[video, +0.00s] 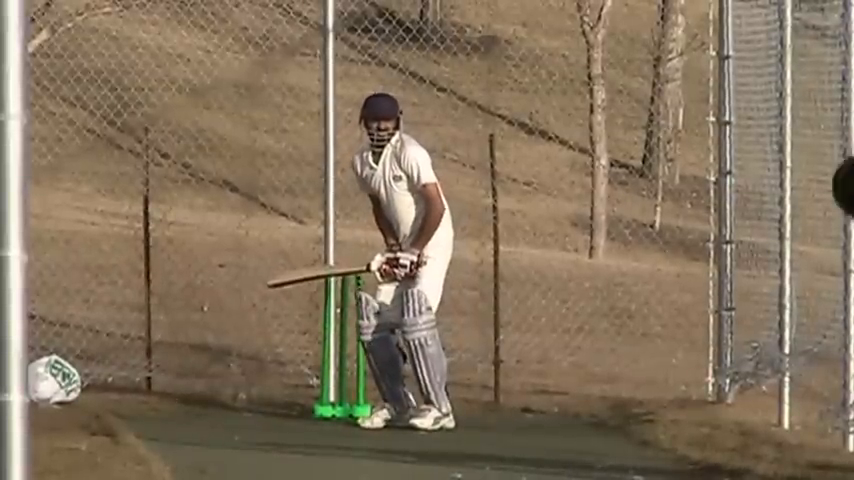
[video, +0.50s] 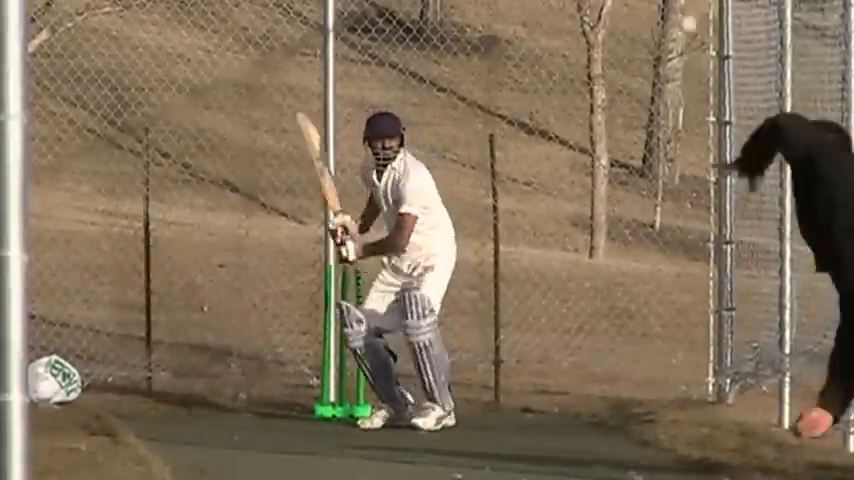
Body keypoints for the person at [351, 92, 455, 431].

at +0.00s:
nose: (379, 131)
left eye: (387, 125)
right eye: (373, 124)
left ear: (398, 124)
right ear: (364, 125)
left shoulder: (409, 153)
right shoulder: (361, 162)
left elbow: (436, 205)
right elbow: (378, 206)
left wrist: (415, 250)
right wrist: (392, 248)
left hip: (430, 242)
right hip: (399, 245)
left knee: (416, 318)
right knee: (373, 320)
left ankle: (438, 406)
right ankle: (397, 403)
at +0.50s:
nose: (383, 148)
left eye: (390, 141)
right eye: (375, 142)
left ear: (401, 142)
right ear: (367, 144)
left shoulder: (411, 177)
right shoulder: (371, 169)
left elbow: (398, 241)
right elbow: (376, 202)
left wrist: (360, 249)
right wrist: (358, 228)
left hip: (431, 259)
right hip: (397, 261)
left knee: (418, 325)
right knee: (361, 330)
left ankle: (442, 406)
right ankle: (395, 404)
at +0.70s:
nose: (410, 149)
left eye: (416, 142)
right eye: (402, 144)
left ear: (425, 142)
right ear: (392, 146)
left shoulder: (443, 168)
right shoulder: (384, 182)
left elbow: (434, 221)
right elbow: (390, 237)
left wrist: (391, 254)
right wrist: (372, 258)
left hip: (439, 271)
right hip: (397, 271)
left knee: (449, 324)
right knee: (360, 331)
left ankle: (445, 407)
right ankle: (381, 394)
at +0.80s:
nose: (416, 148)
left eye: (422, 141)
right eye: (408, 142)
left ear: (431, 138)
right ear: (396, 142)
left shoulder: (441, 147)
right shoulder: (402, 178)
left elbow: (463, 176)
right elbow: (431, 225)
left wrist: (480, 218)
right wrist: (467, 241)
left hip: (448, 256)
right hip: (409, 259)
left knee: (461, 322)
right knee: (390, 329)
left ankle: (450, 401)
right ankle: (362, 394)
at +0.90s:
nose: (428, 150)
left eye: (434, 142)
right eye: (420, 144)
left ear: (439, 139)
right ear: (404, 143)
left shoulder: (442, 147)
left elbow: (483, 180)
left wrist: (526, 205)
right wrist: (533, 199)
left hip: (444, 252)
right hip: (413, 258)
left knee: (462, 324)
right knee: (404, 345)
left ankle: (450, 406)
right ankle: (365, 392)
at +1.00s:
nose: (456, 139)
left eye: (456, 133)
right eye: (451, 134)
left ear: (435, 133)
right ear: (434, 135)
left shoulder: (435, 152)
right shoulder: (429, 165)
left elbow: (478, 153)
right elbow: (485, 166)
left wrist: (521, 140)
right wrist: (524, 139)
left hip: (450, 251)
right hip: (423, 255)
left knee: (470, 326)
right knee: (412, 339)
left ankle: (451, 406)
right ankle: (368, 386)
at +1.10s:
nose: (482, 122)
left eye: (481, 115)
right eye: (478, 115)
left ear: (447, 116)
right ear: (465, 117)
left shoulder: (428, 140)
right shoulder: (463, 151)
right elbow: (499, 146)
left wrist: (498, 109)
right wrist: (502, 112)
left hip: (450, 246)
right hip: (431, 247)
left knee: (473, 326)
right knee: (422, 339)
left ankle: (448, 404)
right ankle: (365, 380)